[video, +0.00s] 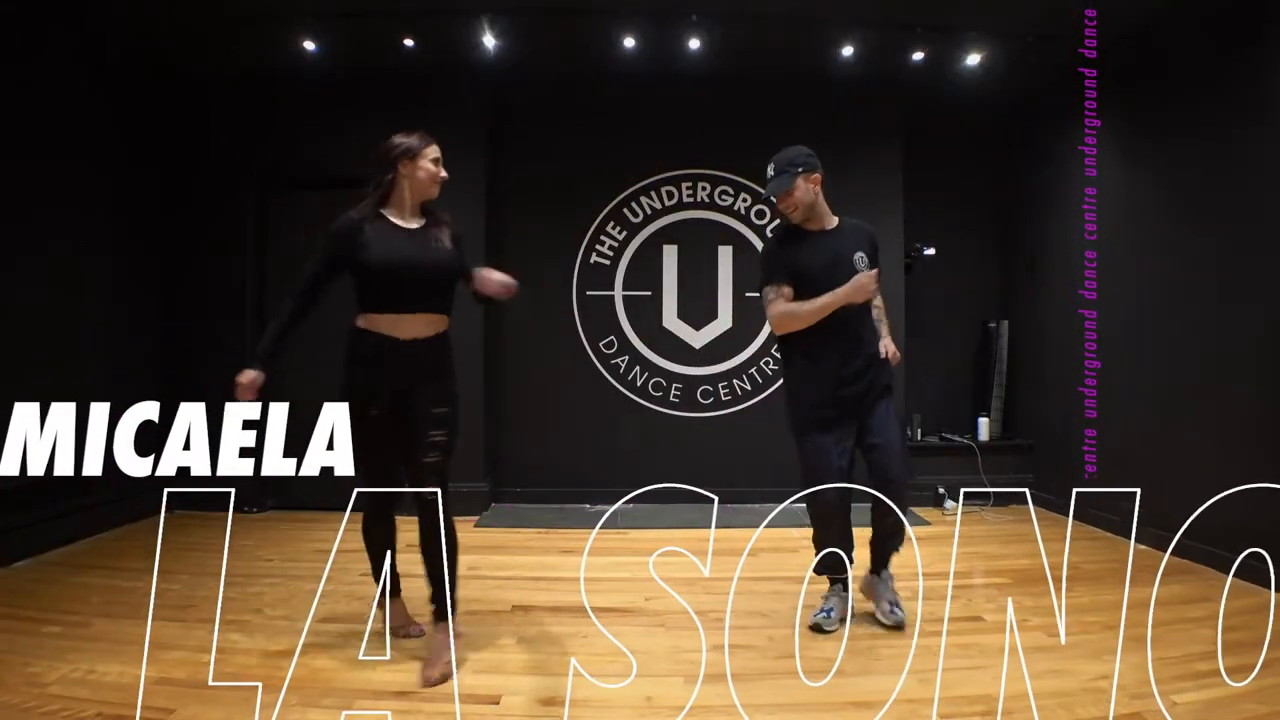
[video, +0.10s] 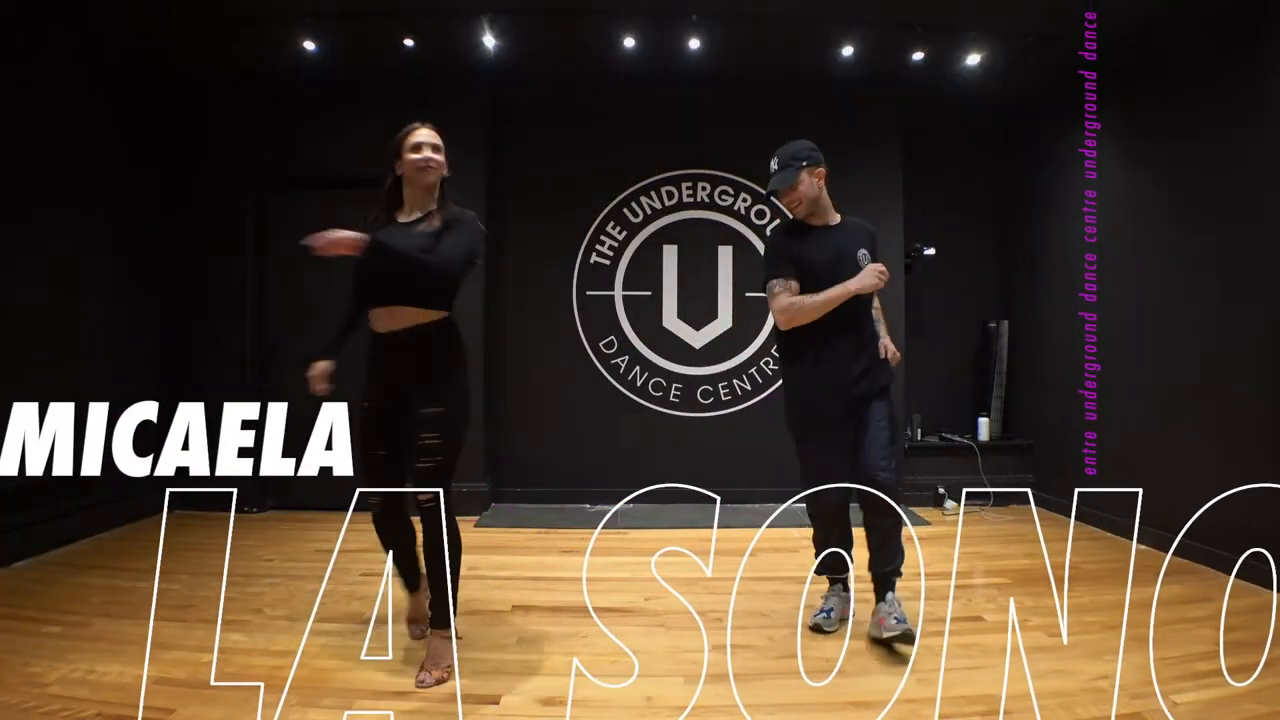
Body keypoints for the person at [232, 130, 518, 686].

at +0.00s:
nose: (443, 171)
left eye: (443, 163)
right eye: (434, 162)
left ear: (428, 171)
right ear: (403, 167)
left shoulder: (445, 230)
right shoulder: (357, 227)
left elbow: (462, 288)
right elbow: (307, 294)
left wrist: (485, 287)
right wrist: (260, 364)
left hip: (432, 364)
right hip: (371, 362)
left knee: (431, 491)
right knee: (376, 490)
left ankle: (445, 624)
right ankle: (391, 597)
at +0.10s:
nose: (429, 156)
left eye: (436, 149)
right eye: (417, 149)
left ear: (447, 164)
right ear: (398, 165)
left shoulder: (463, 225)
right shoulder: (377, 228)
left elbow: (440, 269)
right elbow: (356, 298)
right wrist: (328, 355)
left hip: (436, 356)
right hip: (381, 358)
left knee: (432, 495)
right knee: (384, 499)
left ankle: (442, 633)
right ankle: (415, 588)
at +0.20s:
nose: (395, 157)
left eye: (407, 147)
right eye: (392, 151)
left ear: (440, 157)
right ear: (394, 166)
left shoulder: (449, 218)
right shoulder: (403, 224)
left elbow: (386, 274)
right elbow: (405, 303)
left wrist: (312, 241)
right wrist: (382, 350)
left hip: (437, 363)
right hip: (398, 365)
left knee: (424, 496)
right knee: (378, 495)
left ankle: (443, 630)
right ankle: (446, 594)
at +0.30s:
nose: (397, 161)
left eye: (404, 153)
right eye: (401, 152)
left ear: (420, 161)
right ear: (439, 165)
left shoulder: (416, 223)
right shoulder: (453, 224)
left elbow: (361, 292)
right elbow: (476, 296)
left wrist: (337, 255)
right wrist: (438, 325)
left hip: (421, 371)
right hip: (442, 369)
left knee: (397, 496)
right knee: (424, 497)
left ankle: (446, 635)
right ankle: (452, 625)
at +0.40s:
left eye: (424, 161)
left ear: (413, 173)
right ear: (468, 175)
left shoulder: (392, 223)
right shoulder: (477, 223)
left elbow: (366, 312)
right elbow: (536, 284)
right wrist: (488, 319)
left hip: (409, 354)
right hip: (464, 354)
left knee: (423, 496)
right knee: (426, 485)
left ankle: (439, 638)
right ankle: (442, 617)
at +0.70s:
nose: (508, 182)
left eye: (507, 172)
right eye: (501, 172)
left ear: (465, 176)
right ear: (473, 174)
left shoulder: (424, 227)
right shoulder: (492, 227)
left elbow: (378, 299)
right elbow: (532, 299)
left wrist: (386, 369)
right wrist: (539, 260)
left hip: (430, 364)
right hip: (484, 364)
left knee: (444, 498)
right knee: (493, 500)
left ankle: (418, 623)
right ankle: (470, 624)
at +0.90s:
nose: (527, 182)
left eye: (526, 173)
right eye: (517, 174)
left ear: (492, 183)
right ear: (487, 180)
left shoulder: (464, 230)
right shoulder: (496, 231)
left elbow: (420, 291)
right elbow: (513, 309)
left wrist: (442, 329)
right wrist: (586, 323)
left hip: (461, 366)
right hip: (485, 369)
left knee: (485, 481)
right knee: (499, 480)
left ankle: (464, 596)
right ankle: (465, 616)